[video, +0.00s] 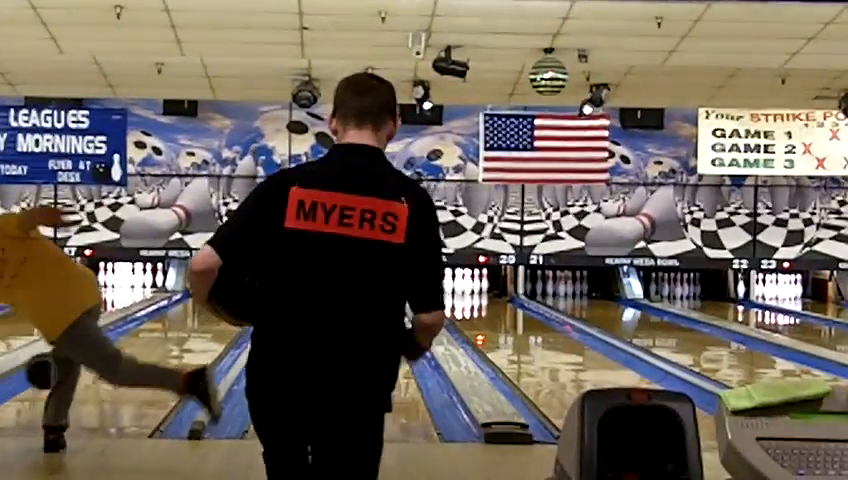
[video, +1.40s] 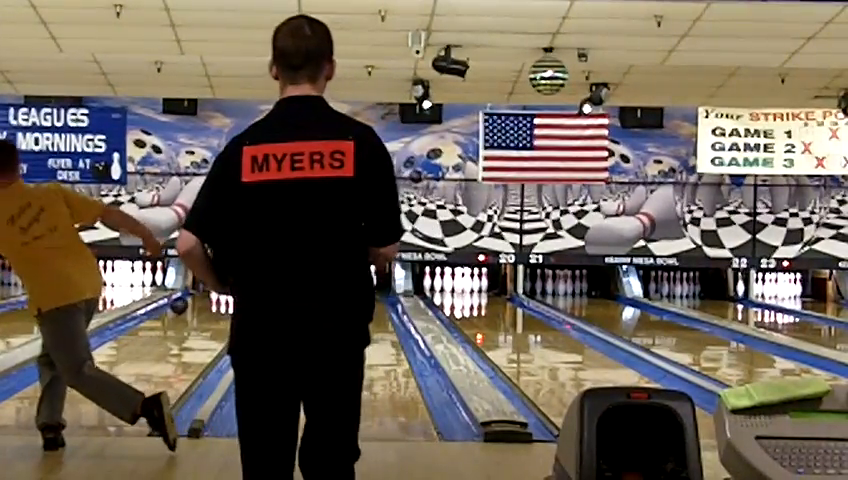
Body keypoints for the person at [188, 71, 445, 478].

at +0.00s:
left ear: (333, 123)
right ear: (394, 126)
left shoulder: (285, 184)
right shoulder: (412, 201)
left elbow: (202, 267)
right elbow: (431, 316)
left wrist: (223, 310)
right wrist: (417, 345)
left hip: (278, 383)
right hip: (359, 389)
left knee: (285, 477)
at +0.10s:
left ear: (337, 123)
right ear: (396, 129)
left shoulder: (288, 178)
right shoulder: (414, 200)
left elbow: (202, 252)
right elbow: (428, 316)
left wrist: (204, 300)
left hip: (276, 385)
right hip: (356, 392)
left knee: (286, 478)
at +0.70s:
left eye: (325, 115)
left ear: (325, 118)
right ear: (385, 122)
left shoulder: (278, 182)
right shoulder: (403, 202)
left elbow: (192, 244)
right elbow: (427, 313)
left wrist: (196, 302)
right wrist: (397, 263)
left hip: (266, 382)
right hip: (348, 389)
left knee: (285, 472)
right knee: (342, 478)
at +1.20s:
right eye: (335, 67)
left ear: (276, 73)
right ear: (334, 72)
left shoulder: (243, 147)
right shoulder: (365, 146)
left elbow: (187, 240)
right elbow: (381, 258)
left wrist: (207, 286)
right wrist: (377, 262)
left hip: (259, 338)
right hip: (337, 338)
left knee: (265, 467)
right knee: (335, 467)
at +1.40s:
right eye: (330, 62)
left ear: (273, 69)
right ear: (330, 68)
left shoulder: (242, 146)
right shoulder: (363, 142)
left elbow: (189, 244)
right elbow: (385, 250)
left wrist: (222, 284)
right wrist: (357, 252)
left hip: (261, 333)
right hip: (337, 333)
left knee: (265, 465)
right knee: (331, 462)